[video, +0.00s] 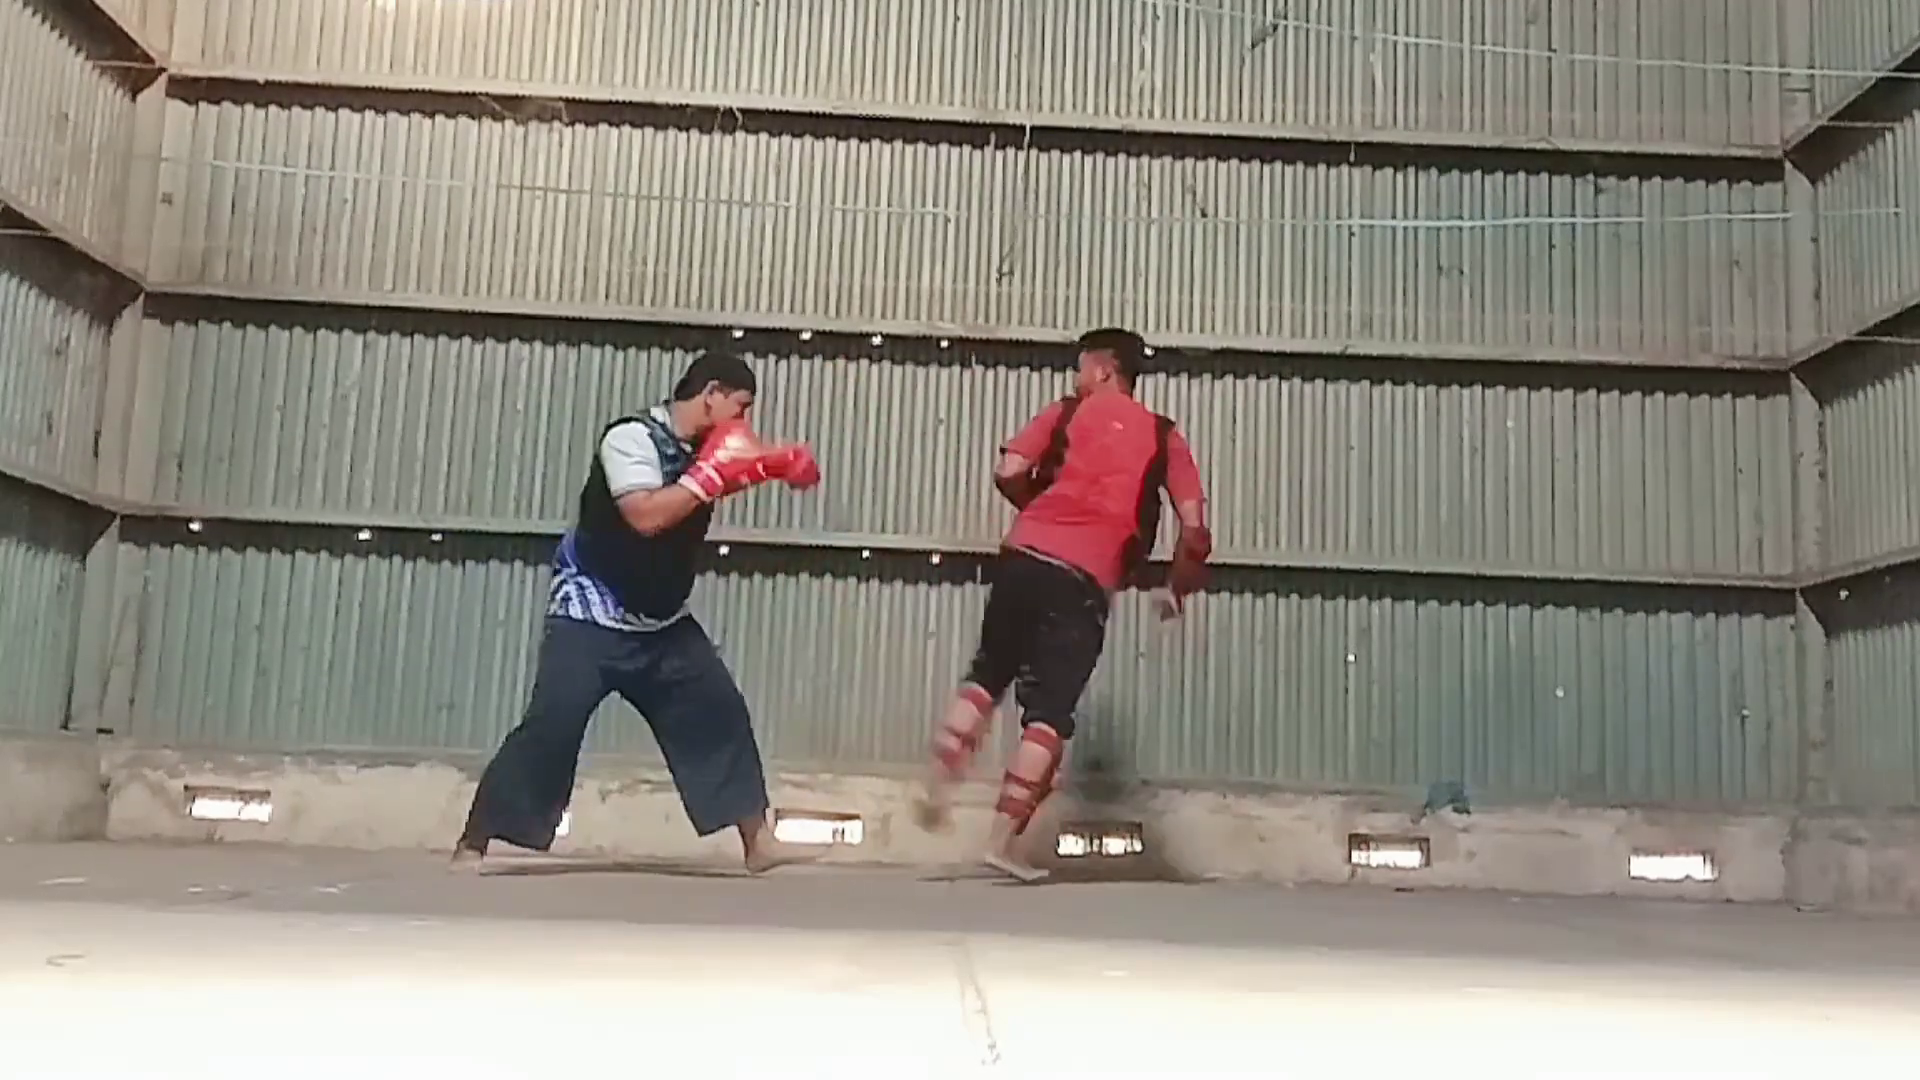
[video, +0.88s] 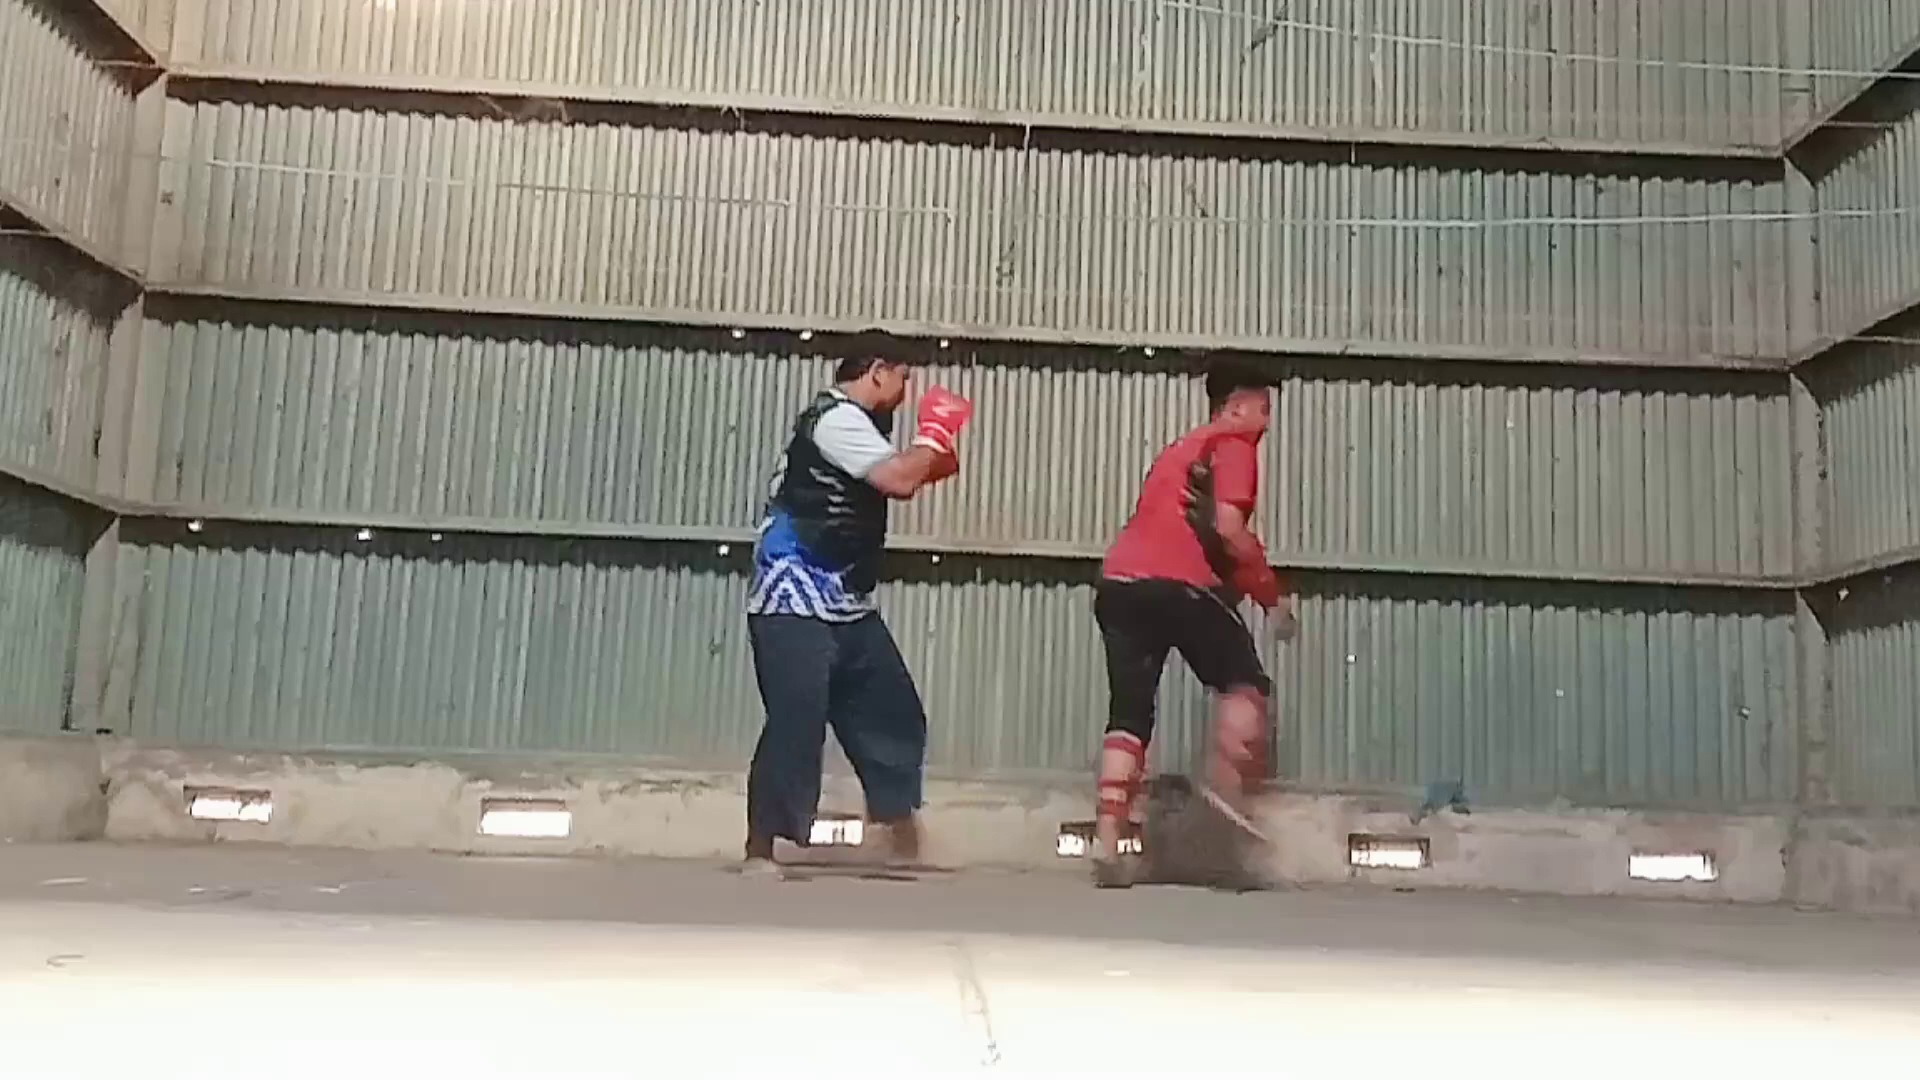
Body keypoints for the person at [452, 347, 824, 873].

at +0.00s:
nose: (743, 423)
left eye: (747, 412)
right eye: (740, 409)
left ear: (712, 398)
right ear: (710, 395)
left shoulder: (704, 450)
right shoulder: (628, 438)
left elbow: (729, 471)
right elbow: (646, 515)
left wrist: (776, 465)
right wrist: (712, 470)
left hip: (662, 617)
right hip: (590, 610)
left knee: (722, 710)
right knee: (555, 720)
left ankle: (759, 842)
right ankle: (474, 843)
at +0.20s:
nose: (790, 418)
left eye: (793, 406)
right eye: (789, 403)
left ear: (760, 395)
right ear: (761, 393)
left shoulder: (748, 455)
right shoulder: (692, 439)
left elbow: (736, 523)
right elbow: (715, 518)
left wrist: (782, 485)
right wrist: (780, 483)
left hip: (701, 628)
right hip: (633, 624)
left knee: (757, 706)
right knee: (575, 726)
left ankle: (762, 847)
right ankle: (480, 835)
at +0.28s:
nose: (827, 400)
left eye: (829, 389)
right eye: (823, 387)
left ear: (798, 385)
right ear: (792, 381)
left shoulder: (783, 448)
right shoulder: (731, 426)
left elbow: (787, 519)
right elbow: (766, 495)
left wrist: (840, 480)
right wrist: (818, 460)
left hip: (738, 624)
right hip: (671, 616)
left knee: (780, 714)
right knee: (613, 715)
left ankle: (766, 849)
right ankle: (516, 828)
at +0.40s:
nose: (855, 387)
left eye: (858, 377)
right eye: (852, 373)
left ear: (828, 373)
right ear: (824, 370)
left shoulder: (819, 430)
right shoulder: (760, 411)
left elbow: (835, 496)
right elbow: (809, 472)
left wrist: (880, 456)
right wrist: (855, 423)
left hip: (762, 601)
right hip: (700, 589)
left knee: (784, 711)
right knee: (675, 703)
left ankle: (768, 848)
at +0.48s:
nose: (870, 384)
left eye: (871, 376)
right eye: (868, 374)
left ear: (841, 368)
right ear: (845, 367)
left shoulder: (826, 425)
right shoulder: (779, 408)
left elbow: (847, 493)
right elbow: (829, 476)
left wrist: (892, 452)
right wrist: (872, 420)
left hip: (783, 595)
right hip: (725, 585)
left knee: (794, 712)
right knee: (730, 710)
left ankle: (770, 846)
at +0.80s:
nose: (898, 389)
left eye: (899, 379)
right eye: (896, 377)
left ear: (866, 371)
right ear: (870, 370)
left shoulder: (859, 425)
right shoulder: (820, 417)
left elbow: (885, 477)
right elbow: (867, 485)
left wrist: (910, 440)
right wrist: (909, 446)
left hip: (835, 598)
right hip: (782, 594)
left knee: (883, 713)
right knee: (792, 714)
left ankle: (844, 831)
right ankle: (776, 844)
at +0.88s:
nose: (906, 388)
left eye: (907, 378)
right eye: (903, 377)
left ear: (872, 373)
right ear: (877, 372)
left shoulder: (869, 424)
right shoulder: (836, 419)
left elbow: (929, 472)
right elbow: (897, 479)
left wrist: (938, 439)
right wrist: (931, 434)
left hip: (848, 602)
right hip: (793, 598)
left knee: (894, 716)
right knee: (798, 716)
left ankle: (896, 837)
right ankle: (766, 847)